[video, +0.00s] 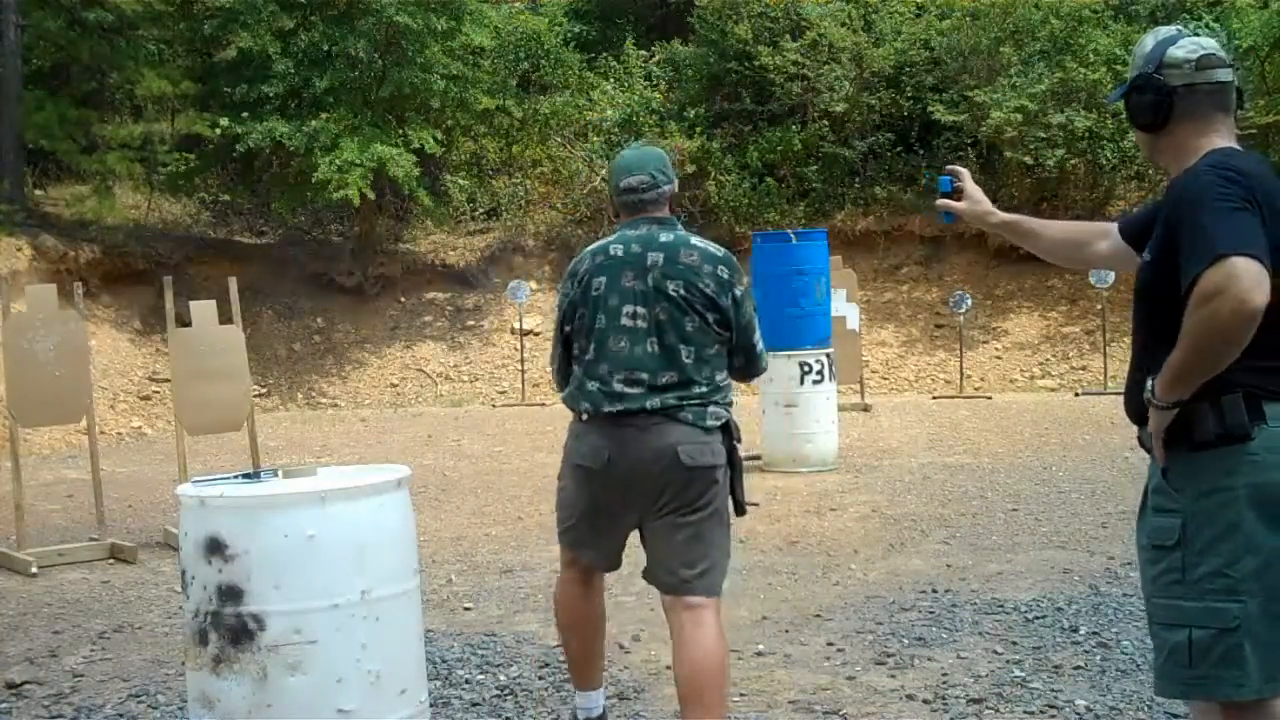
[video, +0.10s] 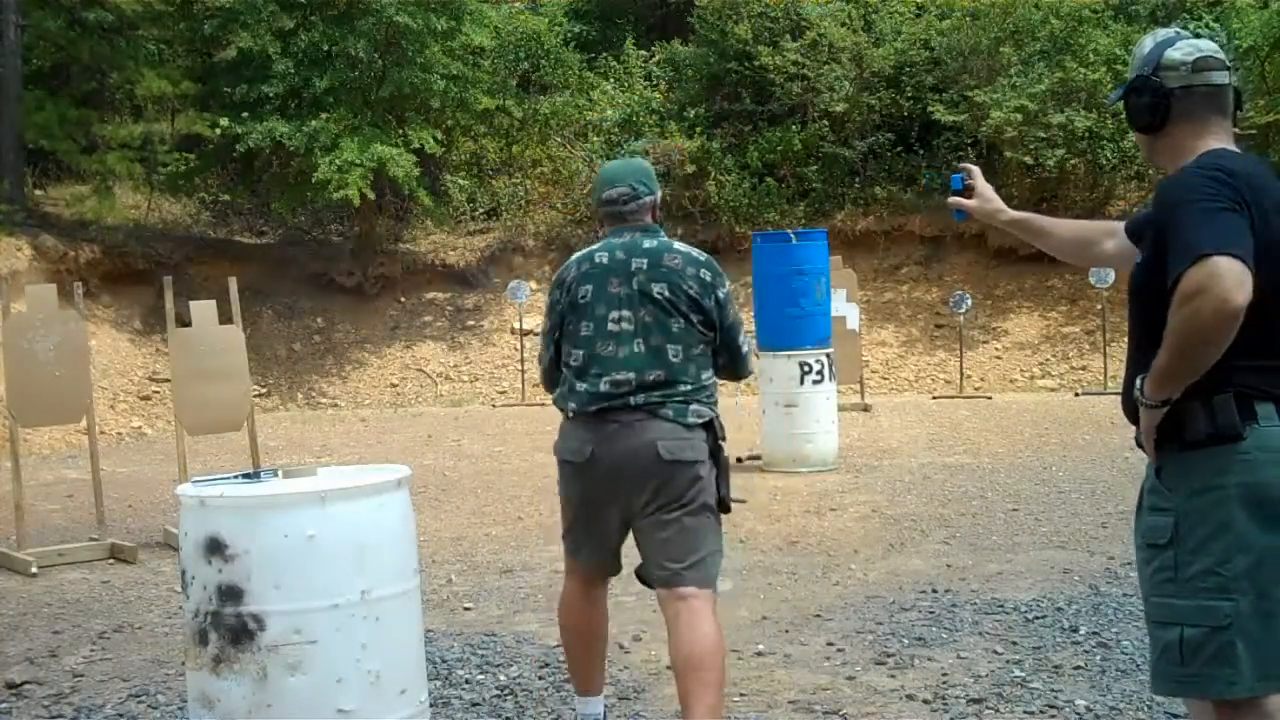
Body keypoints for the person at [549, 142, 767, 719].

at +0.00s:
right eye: (673, 189)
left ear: (615, 201)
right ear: (673, 195)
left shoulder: (586, 265)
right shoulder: (715, 262)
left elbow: (564, 368)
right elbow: (749, 361)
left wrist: (621, 378)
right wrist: (688, 347)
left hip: (599, 443)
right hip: (690, 443)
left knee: (581, 569)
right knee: (694, 601)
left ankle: (588, 708)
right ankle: (707, 715)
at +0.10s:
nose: (655, 209)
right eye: (657, 201)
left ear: (600, 211)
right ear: (656, 205)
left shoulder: (573, 272)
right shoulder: (695, 265)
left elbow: (551, 370)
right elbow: (735, 361)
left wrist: (597, 396)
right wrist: (685, 346)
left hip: (589, 441)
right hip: (676, 439)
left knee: (585, 577)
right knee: (689, 593)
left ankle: (589, 708)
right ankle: (703, 714)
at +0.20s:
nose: (652, 212)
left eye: (645, 205)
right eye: (650, 204)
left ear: (590, 211)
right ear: (642, 208)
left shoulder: (561, 263)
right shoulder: (676, 259)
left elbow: (552, 350)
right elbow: (718, 347)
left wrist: (609, 332)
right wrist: (682, 311)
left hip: (573, 432)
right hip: (656, 433)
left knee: (579, 575)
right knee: (689, 574)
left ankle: (586, 708)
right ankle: (696, 696)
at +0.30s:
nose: (646, 209)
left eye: (640, 202)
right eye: (644, 202)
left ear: (584, 207)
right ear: (635, 205)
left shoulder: (557, 254)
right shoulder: (660, 249)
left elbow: (574, 316)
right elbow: (702, 314)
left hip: (566, 425)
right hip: (645, 428)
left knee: (577, 575)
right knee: (679, 557)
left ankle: (585, 708)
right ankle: (665, 654)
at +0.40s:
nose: (644, 206)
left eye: (640, 198)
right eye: (642, 198)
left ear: (585, 202)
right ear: (633, 202)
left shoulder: (555, 248)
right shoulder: (654, 240)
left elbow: (597, 283)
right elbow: (696, 277)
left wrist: (660, 245)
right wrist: (692, 248)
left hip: (562, 412)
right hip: (640, 415)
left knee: (580, 565)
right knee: (667, 539)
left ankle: (587, 706)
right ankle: (639, 672)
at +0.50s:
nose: (646, 204)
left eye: (642, 197)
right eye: (644, 197)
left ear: (588, 200)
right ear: (634, 200)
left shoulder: (558, 244)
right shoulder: (654, 236)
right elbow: (690, 267)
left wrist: (663, 237)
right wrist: (693, 237)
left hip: (568, 399)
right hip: (642, 405)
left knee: (577, 551)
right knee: (645, 543)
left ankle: (585, 678)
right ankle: (622, 667)